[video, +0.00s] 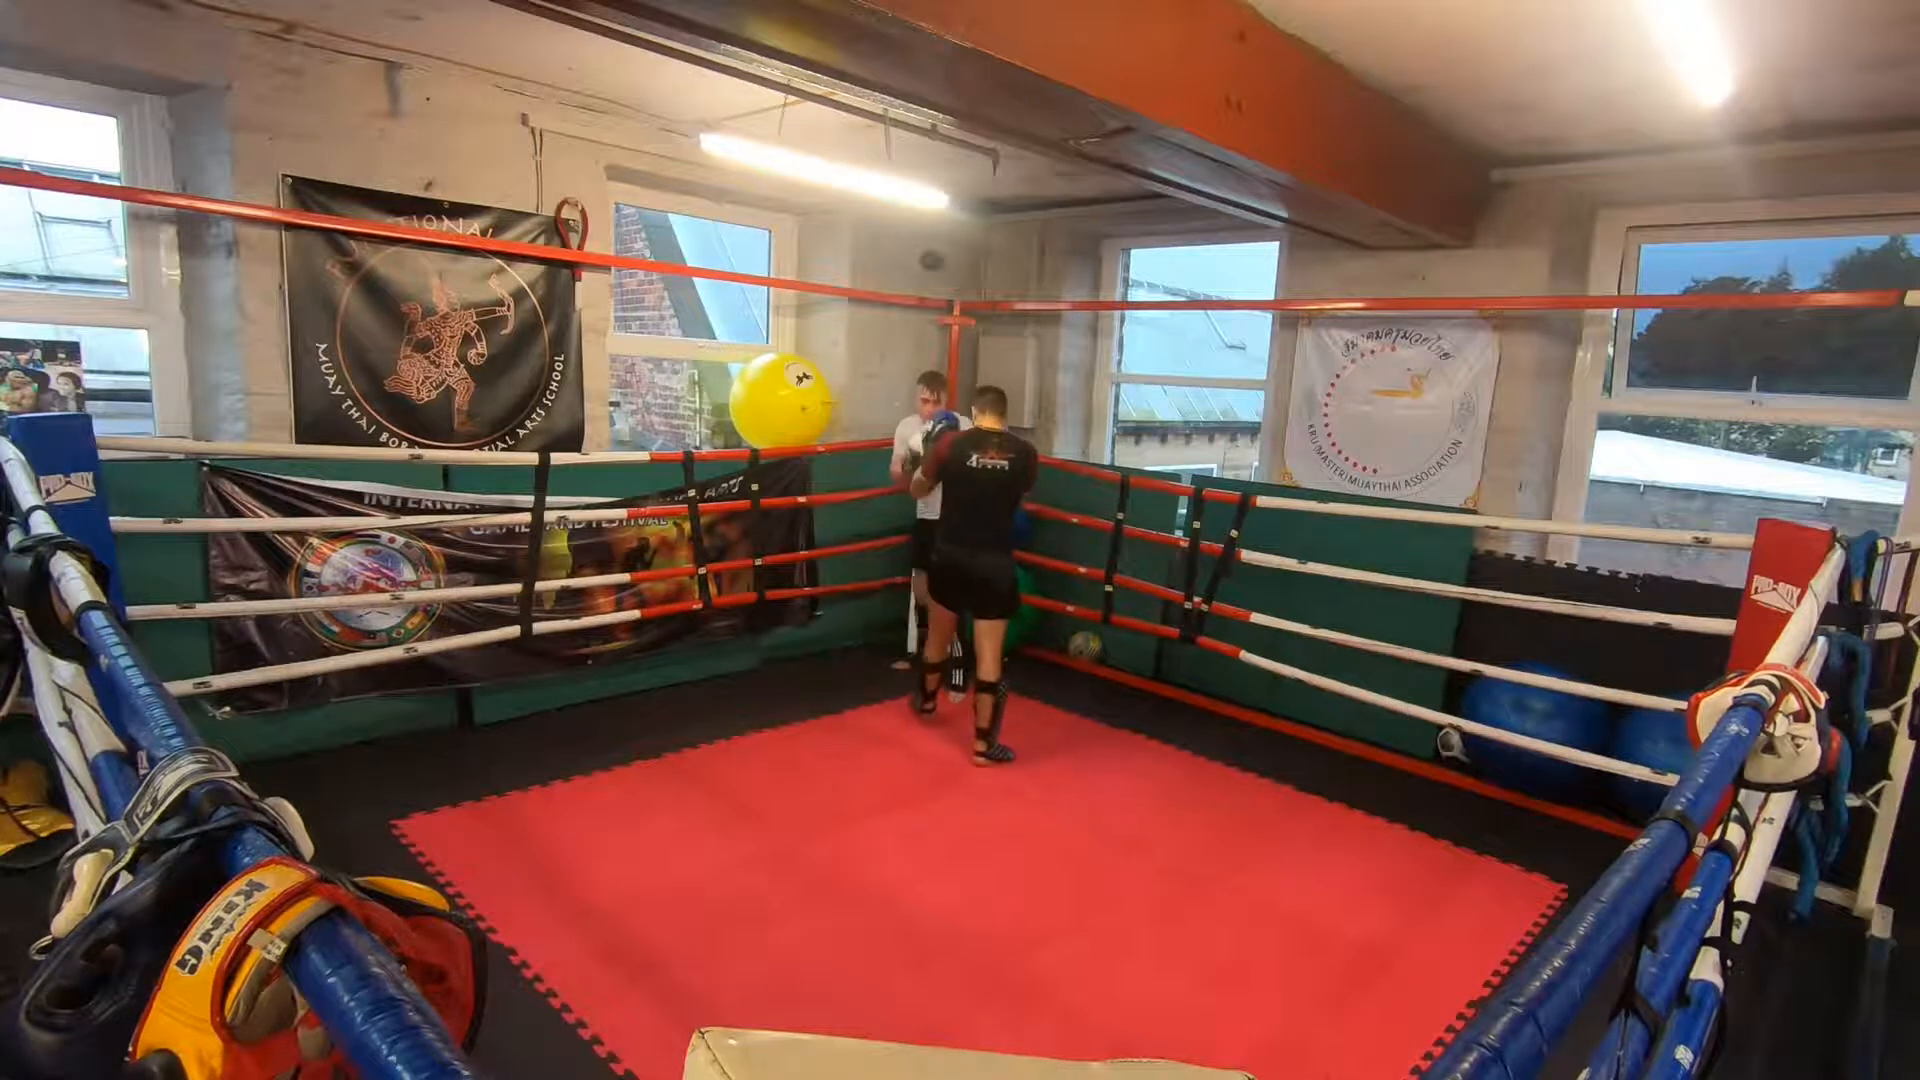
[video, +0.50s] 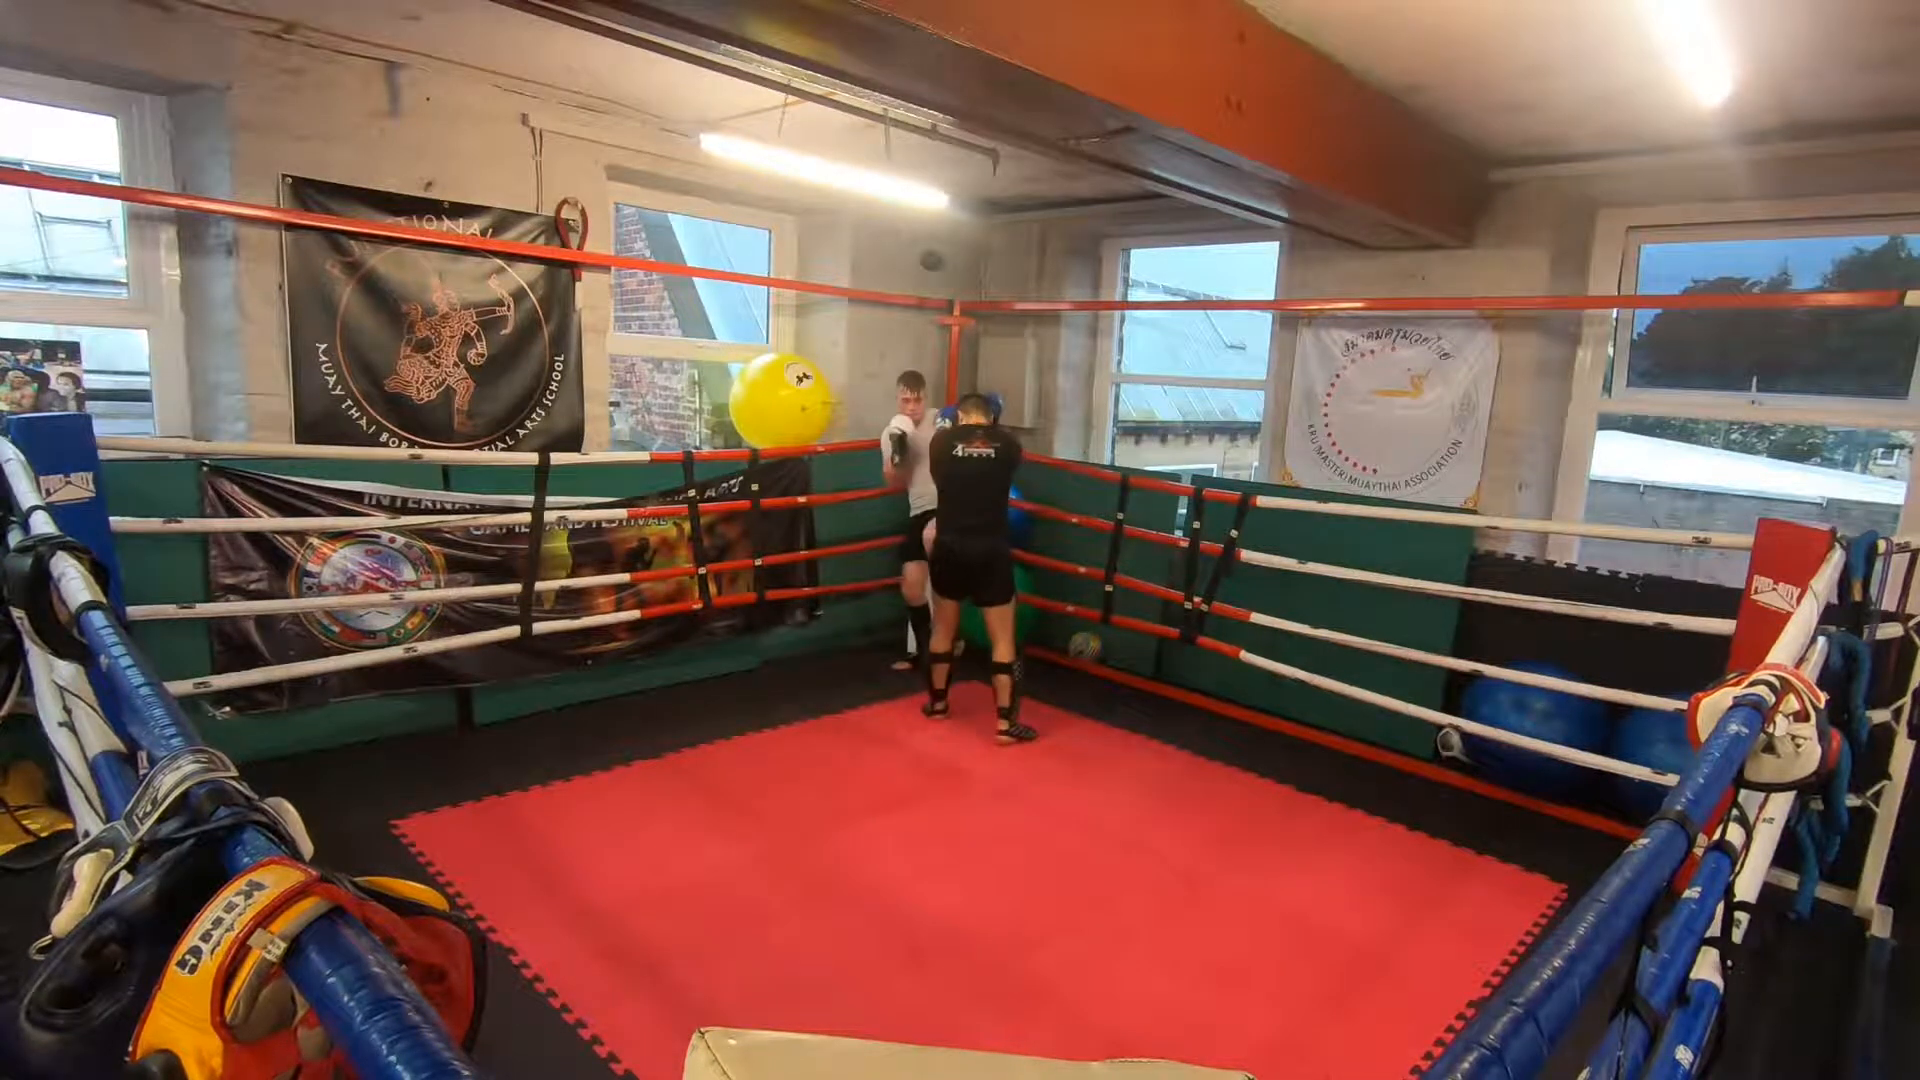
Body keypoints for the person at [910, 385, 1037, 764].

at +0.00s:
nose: (976, 417)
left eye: (974, 410)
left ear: (974, 412)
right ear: (1005, 414)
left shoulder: (950, 443)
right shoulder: (1025, 453)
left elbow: (919, 488)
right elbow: (1021, 493)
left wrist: (910, 470)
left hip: (949, 557)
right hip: (994, 562)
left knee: (938, 636)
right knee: (989, 654)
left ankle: (927, 701)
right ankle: (984, 743)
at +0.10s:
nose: (970, 422)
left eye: (966, 415)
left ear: (966, 415)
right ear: (998, 418)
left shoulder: (948, 447)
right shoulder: (1019, 453)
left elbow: (925, 491)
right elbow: (1010, 498)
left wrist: (939, 455)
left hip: (949, 560)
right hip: (993, 563)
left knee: (943, 640)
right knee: (991, 656)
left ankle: (937, 705)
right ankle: (984, 744)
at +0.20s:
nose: (962, 422)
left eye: (959, 415)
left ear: (959, 416)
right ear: (991, 417)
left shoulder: (941, 450)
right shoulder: (1011, 452)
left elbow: (932, 485)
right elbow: (999, 483)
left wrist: (948, 438)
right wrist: (972, 436)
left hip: (947, 556)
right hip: (991, 559)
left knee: (941, 634)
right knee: (996, 650)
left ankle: (937, 701)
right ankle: (985, 738)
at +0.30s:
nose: (960, 418)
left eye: (957, 411)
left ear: (956, 413)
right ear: (987, 413)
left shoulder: (938, 446)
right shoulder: (1006, 447)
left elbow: (932, 473)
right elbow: (1012, 470)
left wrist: (946, 430)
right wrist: (977, 431)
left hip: (946, 550)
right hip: (988, 553)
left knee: (942, 629)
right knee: (1002, 640)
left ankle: (937, 699)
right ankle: (990, 721)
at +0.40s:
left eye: (957, 411)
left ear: (955, 415)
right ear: (988, 415)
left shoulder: (937, 444)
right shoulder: (1004, 446)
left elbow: (939, 443)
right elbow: (1009, 465)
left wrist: (954, 427)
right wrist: (981, 430)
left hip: (947, 548)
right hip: (990, 551)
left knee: (942, 628)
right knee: (1003, 635)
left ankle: (938, 701)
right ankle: (997, 720)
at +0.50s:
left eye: (963, 413)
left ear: (959, 414)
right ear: (993, 416)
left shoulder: (940, 441)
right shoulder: (1007, 443)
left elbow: (938, 477)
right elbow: (1009, 461)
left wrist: (964, 433)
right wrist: (982, 431)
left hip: (950, 548)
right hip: (992, 550)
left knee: (943, 629)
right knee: (1002, 639)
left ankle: (937, 702)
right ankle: (1005, 722)